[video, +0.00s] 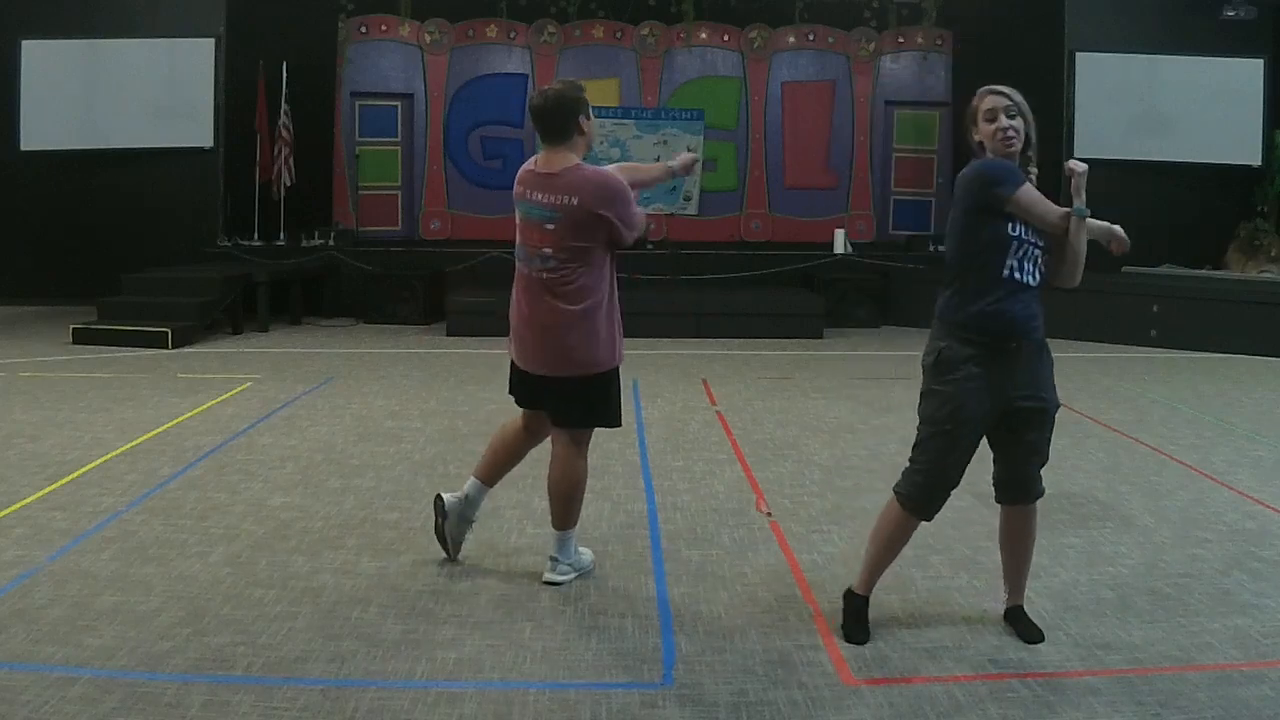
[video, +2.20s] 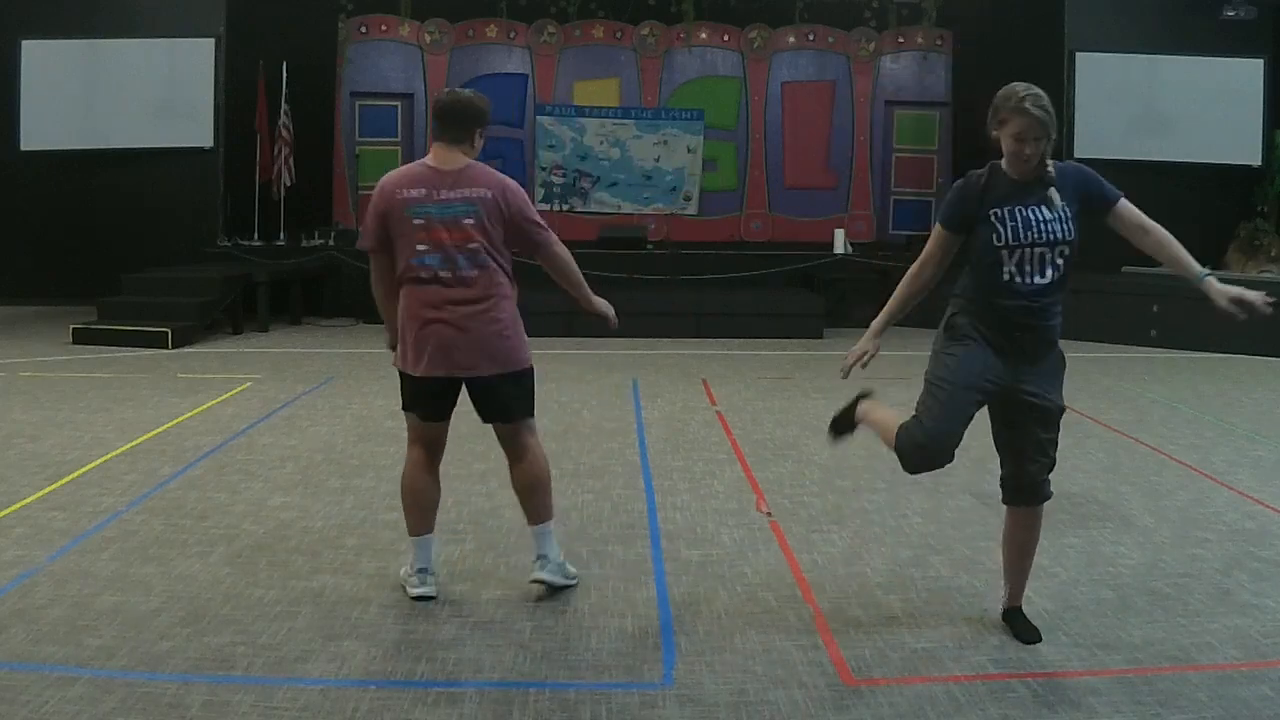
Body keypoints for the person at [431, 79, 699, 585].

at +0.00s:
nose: (594, 122)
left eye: (590, 114)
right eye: (591, 116)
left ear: (540, 126)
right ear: (583, 124)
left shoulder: (526, 176)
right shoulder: (604, 185)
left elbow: (610, 173)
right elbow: (636, 231)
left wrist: (671, 167)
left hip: (528, 333)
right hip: (582, 341)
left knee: (533, 422)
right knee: (572, 442)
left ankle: (464, 503)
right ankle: (565, 554)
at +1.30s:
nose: (562, 147)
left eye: (567, 138)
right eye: (550, 139)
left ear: (572, 141)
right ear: (524, 147)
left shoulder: (510, 189)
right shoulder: (547, 201)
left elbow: (602, 226)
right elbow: (592, 273)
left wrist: (668, 241)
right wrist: (613, 259)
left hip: (493, 346)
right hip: (550, 350)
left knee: (482, 451)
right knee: (575, 444)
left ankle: (437, 563)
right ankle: (569, 556)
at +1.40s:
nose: (549, 142)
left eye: (553, 134)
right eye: (537, 135)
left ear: (558, 138)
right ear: (511, 142)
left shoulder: (503, 187)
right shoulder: (525, 198)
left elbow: (571, 240)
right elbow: (555, 279)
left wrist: (629, 277)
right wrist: (599, 323)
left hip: (484, 348)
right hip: (541, 351)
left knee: (473, 449)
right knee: (566, 442)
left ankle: (434, 562)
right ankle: (569, 556)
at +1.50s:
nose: (540, 135)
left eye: (543, 126)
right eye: (529, 126)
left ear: (540, 130)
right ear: (500, 134)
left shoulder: (483, 181)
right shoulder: (513, 192)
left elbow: (520, 259)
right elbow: (523, 278)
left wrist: (560, 299)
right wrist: (549, 348)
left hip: (474, 342)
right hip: (523, 344)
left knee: (460, 446)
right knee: (550, 444)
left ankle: (430, 561)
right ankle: (565, 556)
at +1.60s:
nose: (541, 133)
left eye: (539, 124)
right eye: (531, 125)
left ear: (496, 135)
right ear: (499, 133)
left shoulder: (469, 179)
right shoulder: (504, 186)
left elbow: (473, 262)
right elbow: (503, 268)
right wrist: (520, 344)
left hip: (460, 340)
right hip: (515, 341)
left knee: (447, 448)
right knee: (546, 442)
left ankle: (425, 567)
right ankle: (563, 555)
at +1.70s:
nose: (538, 133)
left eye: (536, 123)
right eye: (533, 124)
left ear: (483, 133)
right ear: (510, 132)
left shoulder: (451, 183)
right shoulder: (509, 189)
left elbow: (443, 259)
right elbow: (512, 272)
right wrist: (534, 347)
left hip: (447, 345)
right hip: (505, 347)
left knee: (439, 446)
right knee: (547, 435)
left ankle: (424, 567)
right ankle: (549, 555)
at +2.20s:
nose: (481, 140)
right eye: (482, 133)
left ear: (431, 128)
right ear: (478, 134)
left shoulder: (390, 189)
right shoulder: (500, 189)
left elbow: (382, 274)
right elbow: (551, 252)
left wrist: (395, 331)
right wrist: (588, 298)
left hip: (425, 344)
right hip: (497, 344)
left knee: (423, 448)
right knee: (521, 443)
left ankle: (421, 570)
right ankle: (548, 558)